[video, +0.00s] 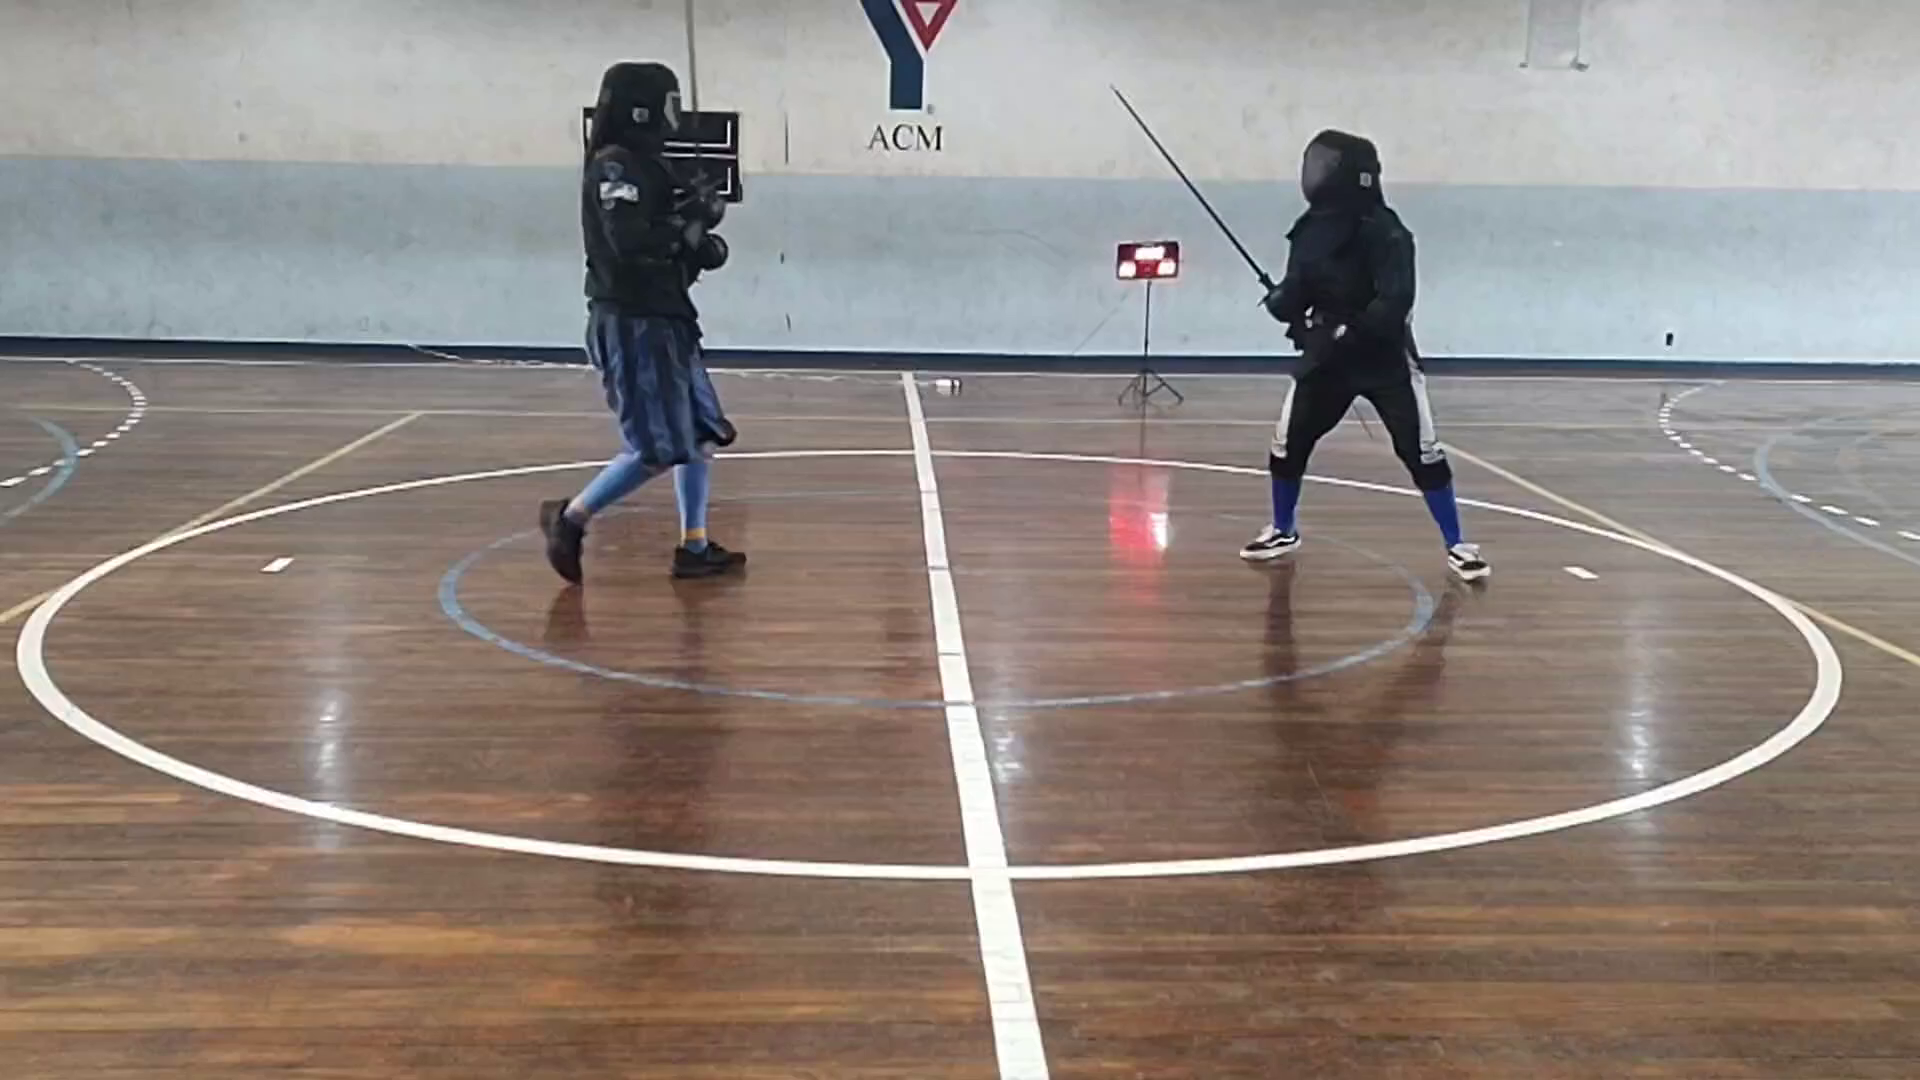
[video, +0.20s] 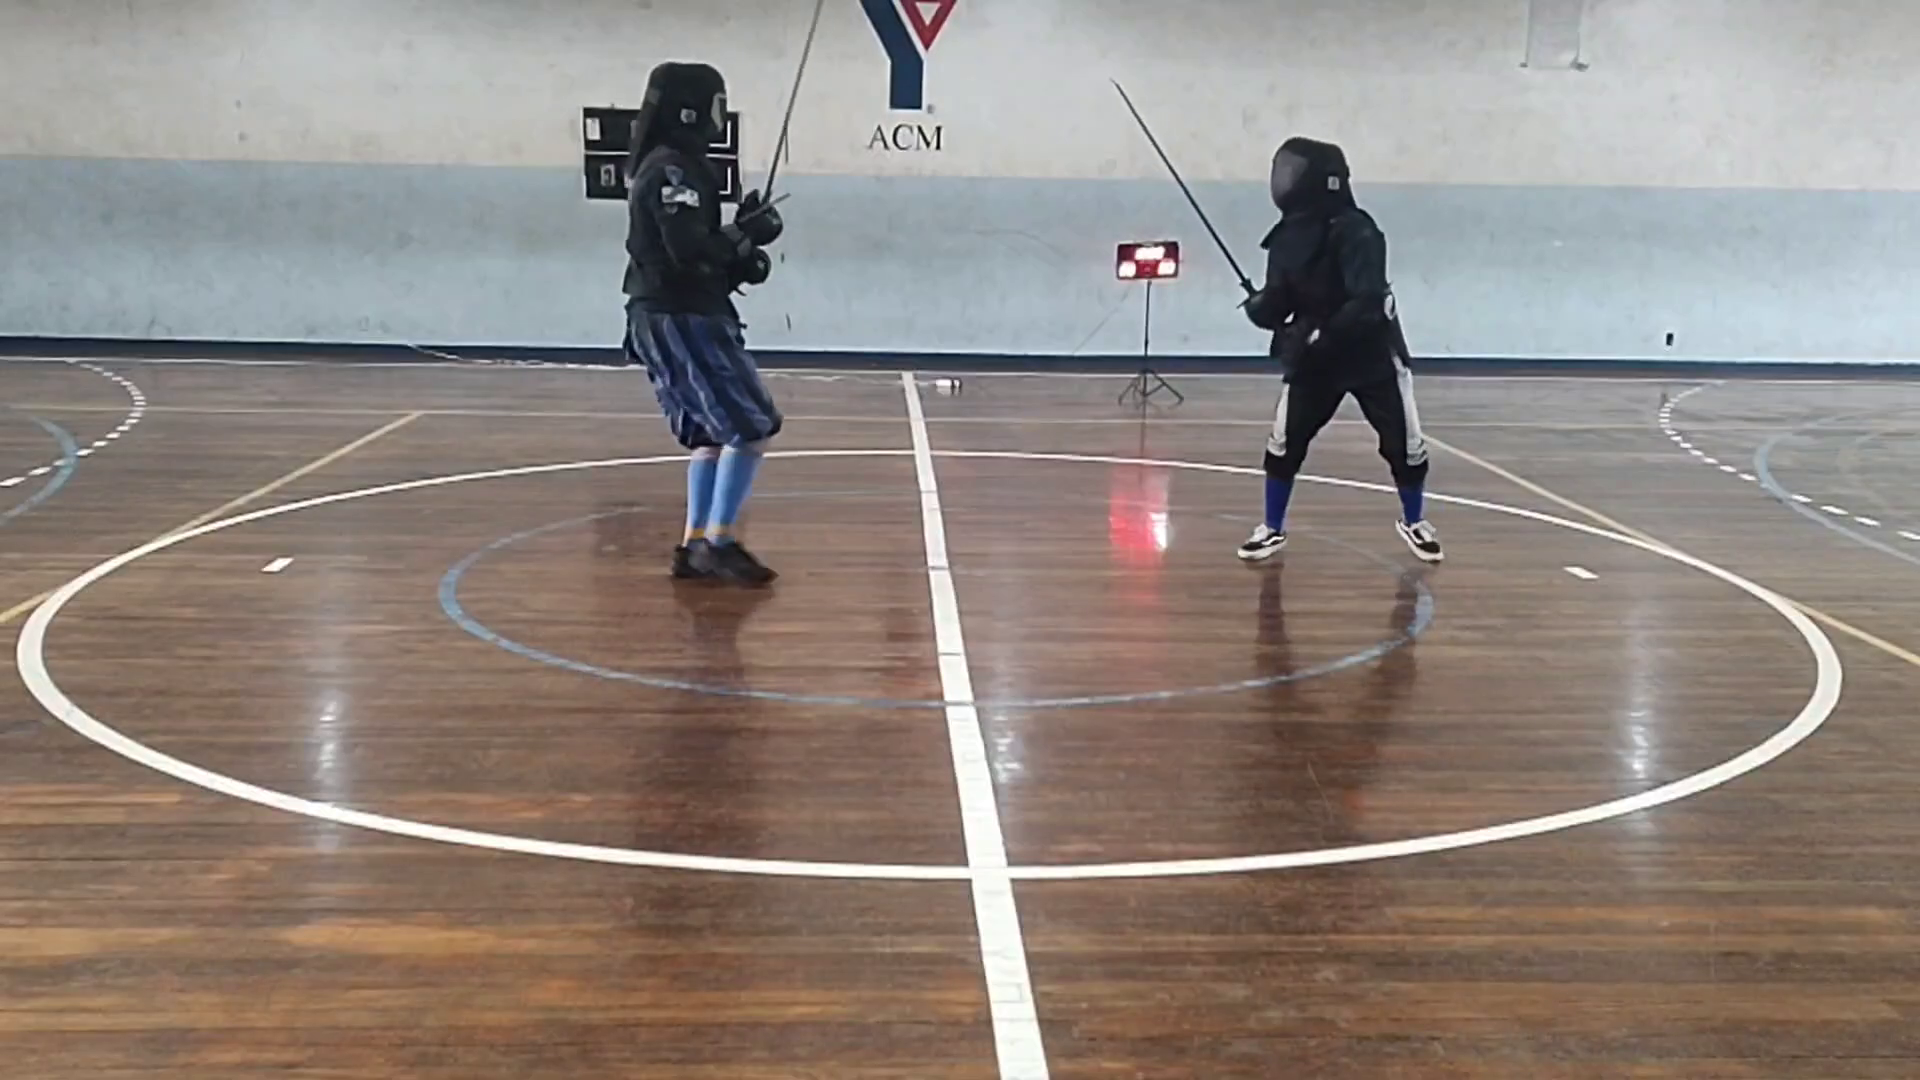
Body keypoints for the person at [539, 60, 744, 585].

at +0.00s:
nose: (671, 118)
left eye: (670, 107)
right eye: (664, 108)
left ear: (632, 109)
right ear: (638, 110)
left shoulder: (648, 165)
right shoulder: (615, 165)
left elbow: (664, 239)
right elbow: (630, 242)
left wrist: (698, 244)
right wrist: (690, 226)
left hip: (665, 319)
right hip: (630, 322)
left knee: (696, 436)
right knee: (658, 447)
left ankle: (695, 547)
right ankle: (569, 519)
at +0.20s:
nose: (718, 120)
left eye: (717, 110)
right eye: (711, 110)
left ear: (670, 112)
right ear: (688, 113)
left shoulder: (668, 167)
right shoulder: (674, 170)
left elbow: (687, 252)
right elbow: (690, 247)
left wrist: (735, 260)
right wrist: (741, 234)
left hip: (661, 315)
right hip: (684, 316)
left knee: (713, 433)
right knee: (750, 426)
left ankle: (695, 543)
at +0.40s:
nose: (765, 124)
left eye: (764, 113)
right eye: (761, 114)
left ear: (709, 115)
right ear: (740, 119)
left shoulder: (687, 168)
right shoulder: (730, 178)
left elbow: (718, 255)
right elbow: (749, 257)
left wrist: (782, 242)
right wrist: (790, 263)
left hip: (684, 321)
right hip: (726, 324)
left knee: (727, 436)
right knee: (784, 431)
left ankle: (696, 546)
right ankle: (834, 542)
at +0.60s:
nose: (809, 130)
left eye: (809, 120)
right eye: (805, 120)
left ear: (753, 121)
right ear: (785, 126)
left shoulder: (720, 173)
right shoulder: (774, 183)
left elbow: (740, 261)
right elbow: (798, 271)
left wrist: (807, 246)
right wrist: (829, 248)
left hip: (717, 326)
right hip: (769, 329)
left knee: (751, 438)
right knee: (830, 433)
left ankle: (719, 548)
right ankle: (847, 547)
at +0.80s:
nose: (850, 140)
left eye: (849, 129)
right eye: (848, 129)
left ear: (793, 125)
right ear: (830, 133)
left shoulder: (758, 177)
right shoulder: (815, 190)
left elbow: (773, 261)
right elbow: (832, 274)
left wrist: (851, 274)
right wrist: (866, 258)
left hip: (742, 327)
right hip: (800, 332)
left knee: (752, 444)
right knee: (870, 432)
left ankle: (715, 549)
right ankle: (897, 543)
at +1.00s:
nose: (903, 147)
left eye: (902, 137)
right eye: (899, 138)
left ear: (846, 135)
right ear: (880, 143)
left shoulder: (813, 186)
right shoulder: (869, 199)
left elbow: (829, 270)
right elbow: (889, 287)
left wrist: (907, 287)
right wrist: (925, 263)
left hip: (792, 333)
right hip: (852, 338)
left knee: (773, 445)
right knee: (932, 423)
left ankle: (716, 547)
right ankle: (940, 535)